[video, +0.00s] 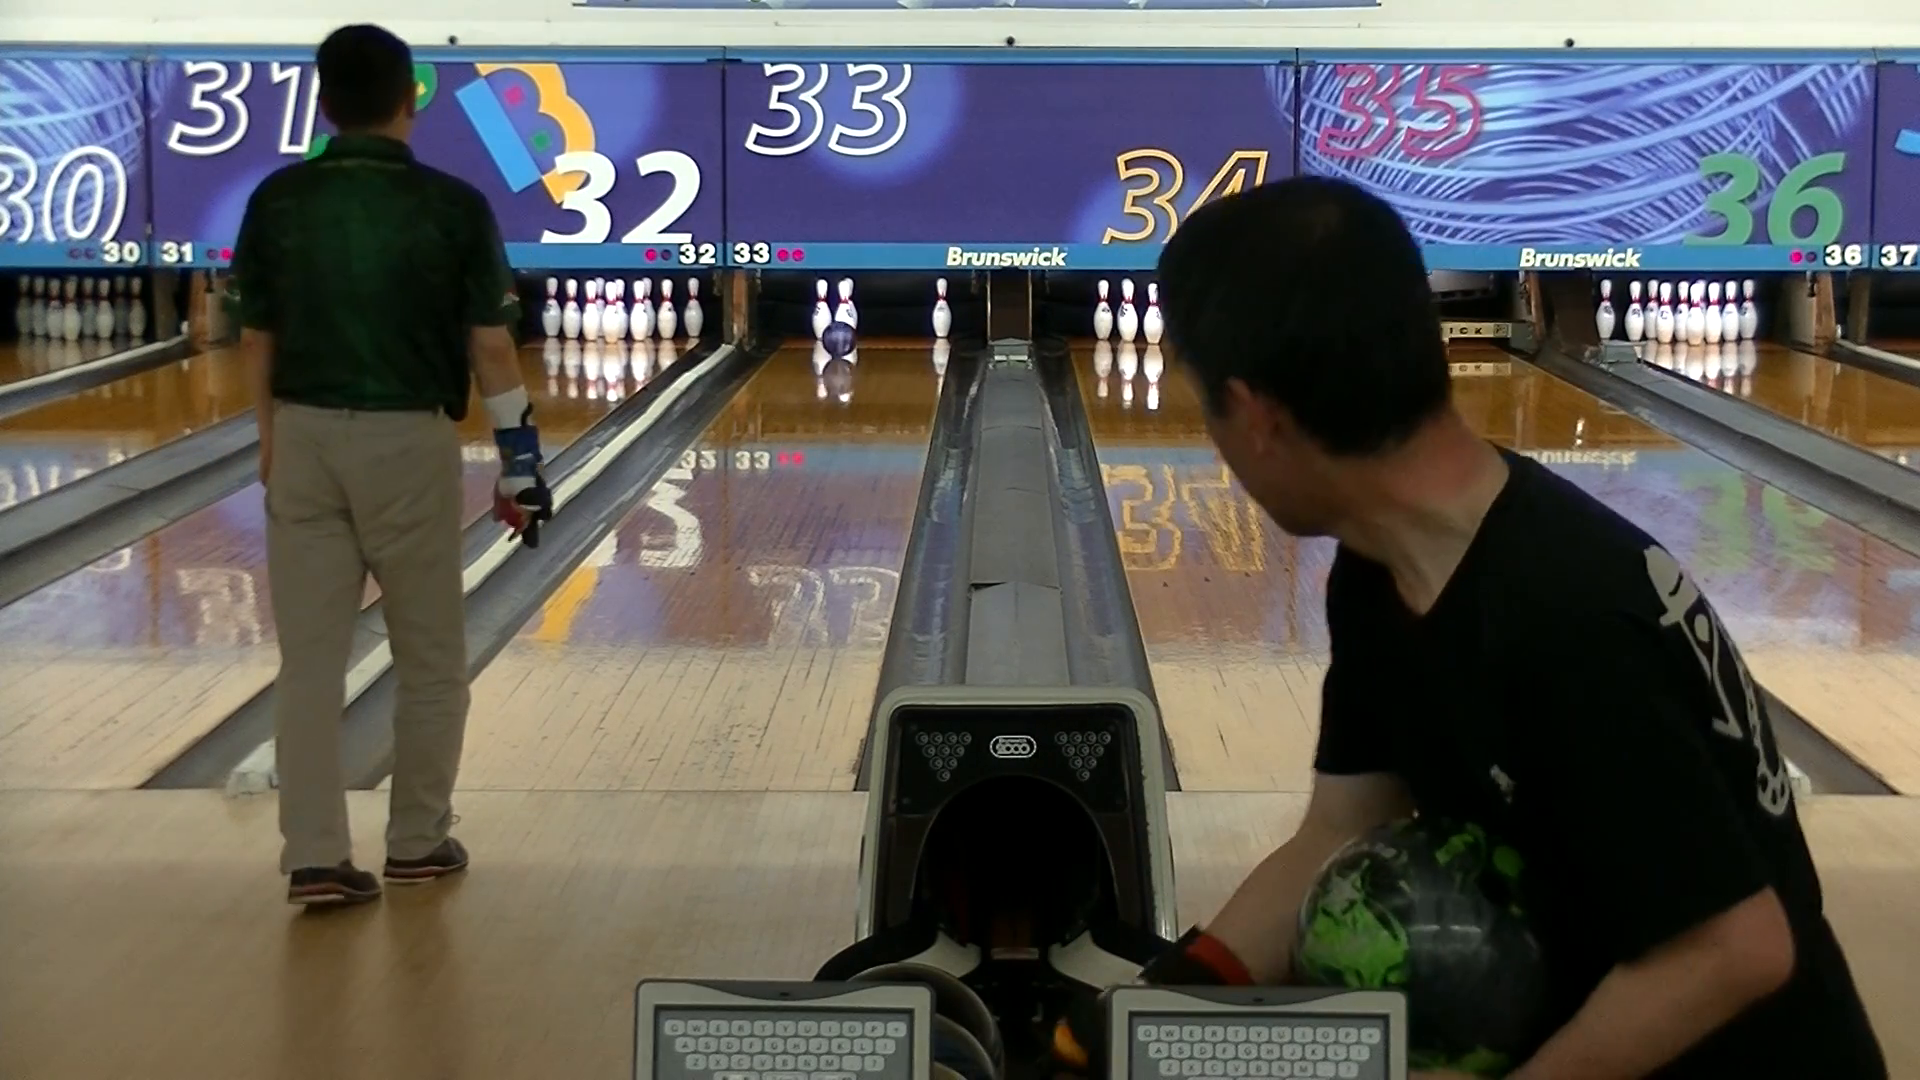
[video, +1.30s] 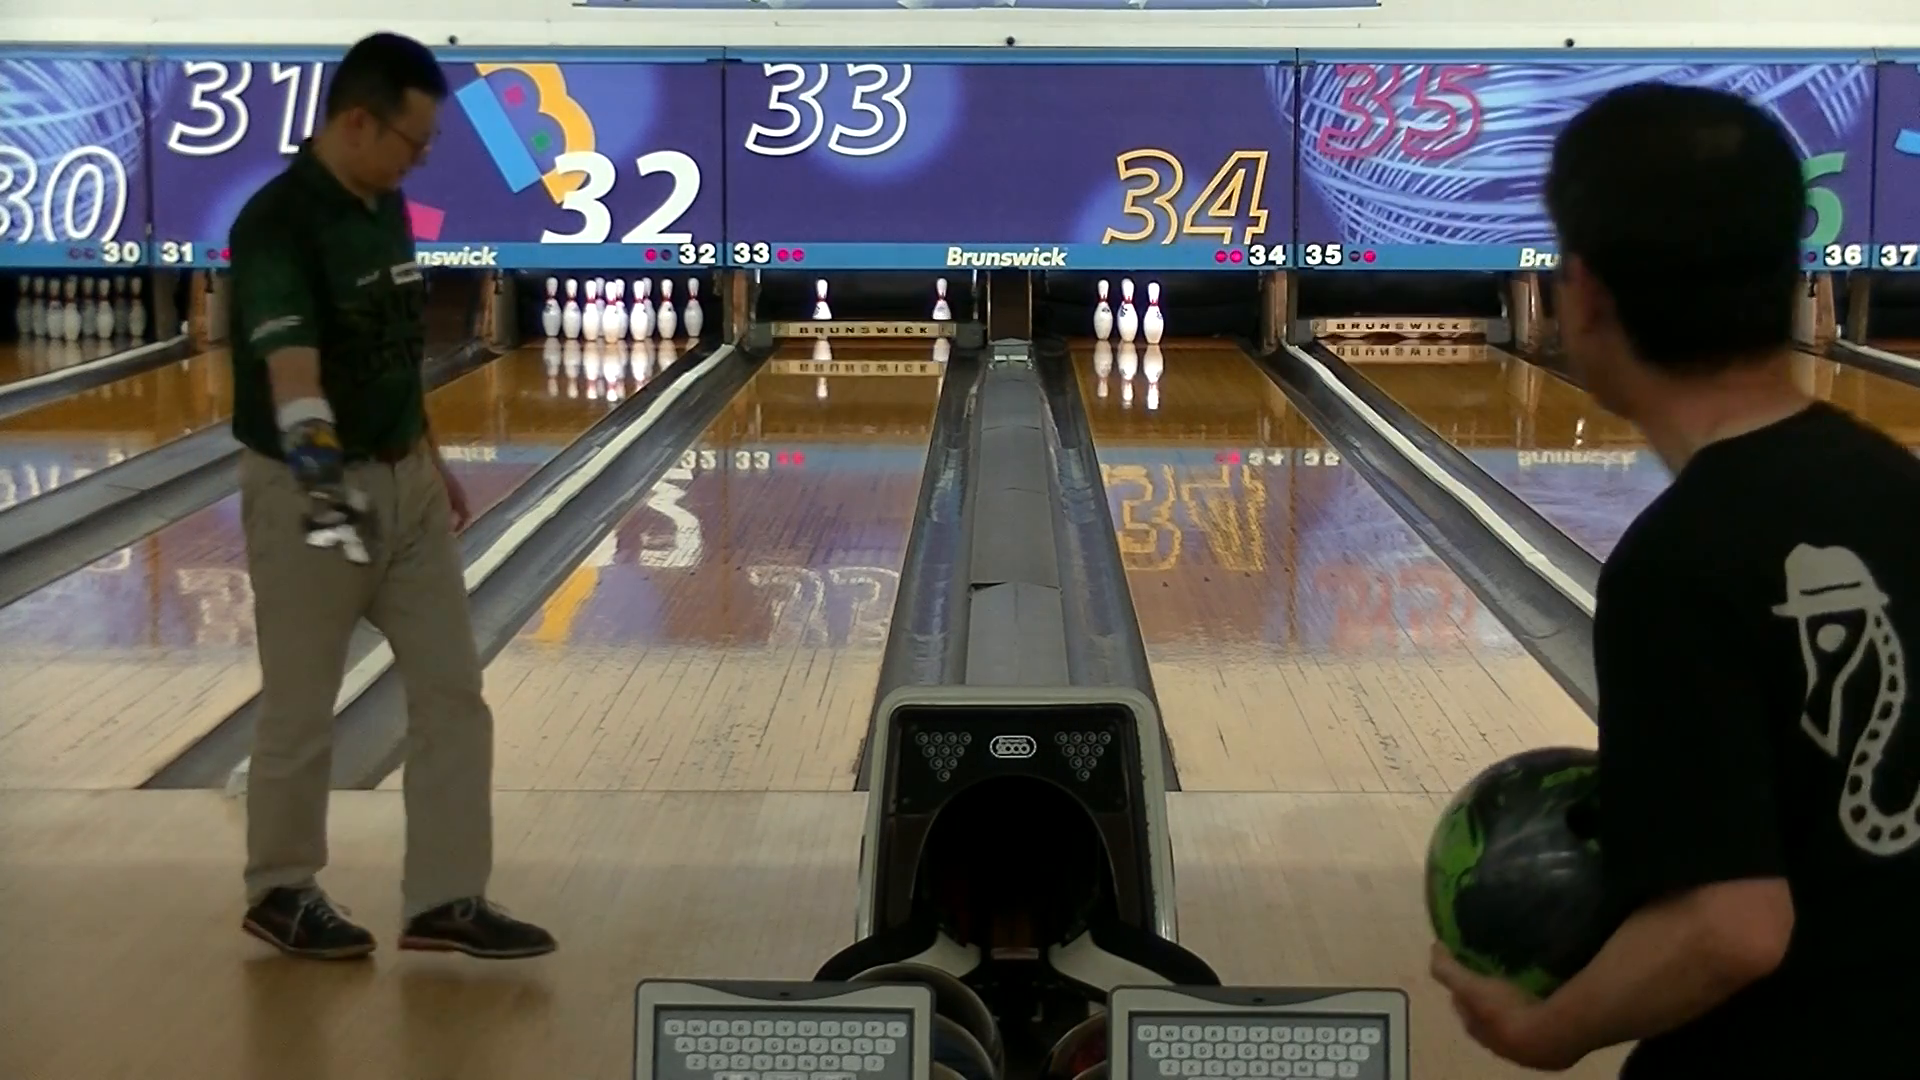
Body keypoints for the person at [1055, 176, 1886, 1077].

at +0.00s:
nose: (1216, 443)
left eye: (1202, 408)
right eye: (1201, 408)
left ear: (1254, 411)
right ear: (1404, 341)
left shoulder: (1573, 600)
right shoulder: (1378, 568)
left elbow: (1738, 944)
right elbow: (1340, 841)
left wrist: (1512, 1071)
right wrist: (1172, 998)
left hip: (1767, 1066)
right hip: (1596, 1033)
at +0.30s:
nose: (1263, 401)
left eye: (1251, 360)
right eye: (1249, 360)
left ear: (1293, 369)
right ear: (1450, 307)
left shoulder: (1571, 587)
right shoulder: (1430, 534)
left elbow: (1713, 946)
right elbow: (1408, 831)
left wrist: (1479, 1073)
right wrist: (1291, 970)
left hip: (1751, 1062)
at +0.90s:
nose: (1309, 373)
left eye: (1303, 344)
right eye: (1302, 342)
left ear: (1353, 358)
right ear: (1511, 306)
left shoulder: (1607, 585)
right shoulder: (1493, 536)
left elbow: (1753, 938)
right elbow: (1442, 820)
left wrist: (1526, 1071)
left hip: (1786, 1062)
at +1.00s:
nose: (1353, 349)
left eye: (1352, 317)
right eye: (1350, 315)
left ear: (1394, 342)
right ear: (1562, 296)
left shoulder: (1604, 586)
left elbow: (1736, 945)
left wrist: (1519, 1067)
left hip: (1765, 1059)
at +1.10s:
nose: (1412, 328)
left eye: (1410, 295)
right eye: (1410, 294)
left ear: (1447, 325)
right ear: (1621, 286)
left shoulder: (1621, 586)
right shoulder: (1723, 488)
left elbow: (1731, 943)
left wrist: (1517, 1061)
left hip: (1763, 1051)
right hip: (1859, 1015)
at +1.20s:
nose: (1480, 318)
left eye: (1480, 284)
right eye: (1482, 283)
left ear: (1513, 309)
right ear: (1695, 277)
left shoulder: (1645, 576)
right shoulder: (1817, 495)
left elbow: (1730, 931)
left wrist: (1529, 1046)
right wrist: (1632, 857)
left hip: (1742, 1057)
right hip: (1878, 1031)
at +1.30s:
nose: (1553, 296)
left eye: (1557, 266)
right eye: (1559, 263)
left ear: (1591, 296)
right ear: (1782, 266)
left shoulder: (1674, 564)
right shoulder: (1890, 480)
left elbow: (1735, 923)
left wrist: (1549, 1031)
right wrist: (1660, 819)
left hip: (1749, 1056)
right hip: (1902, 1031)